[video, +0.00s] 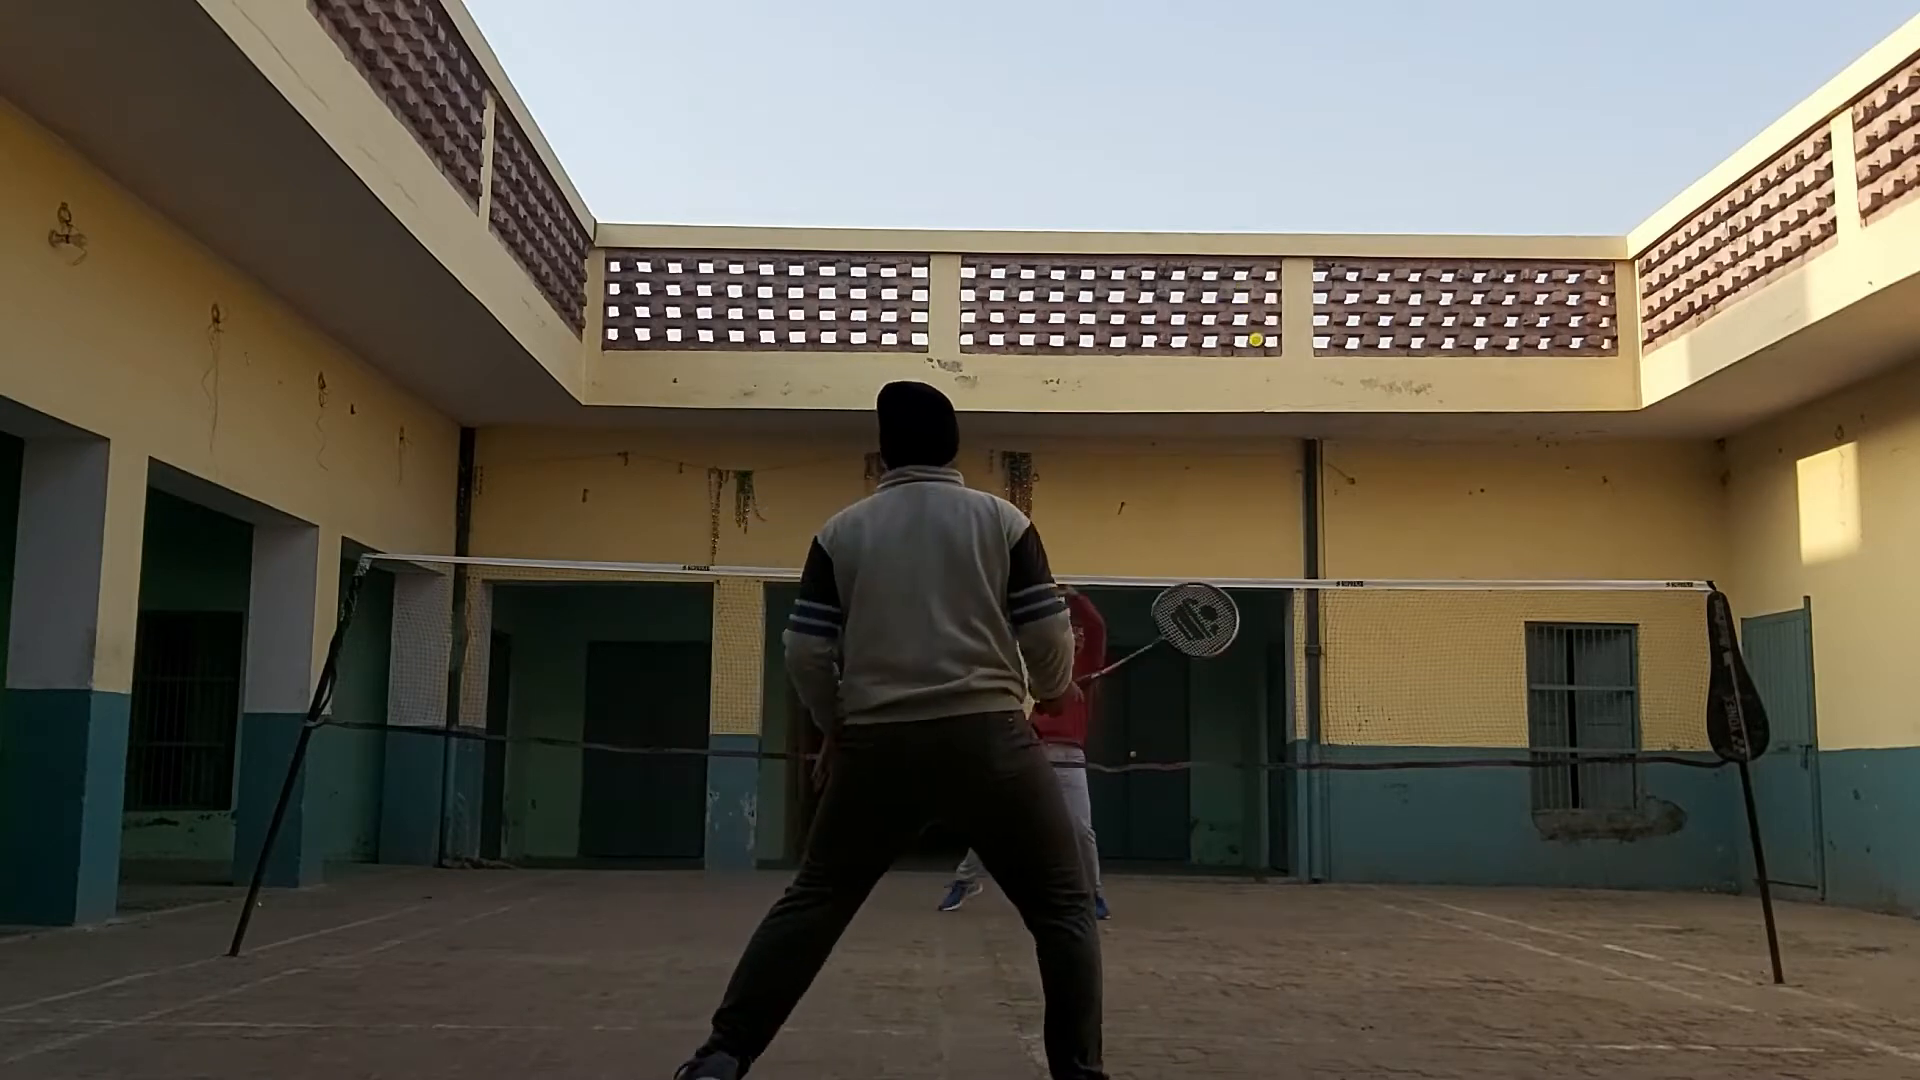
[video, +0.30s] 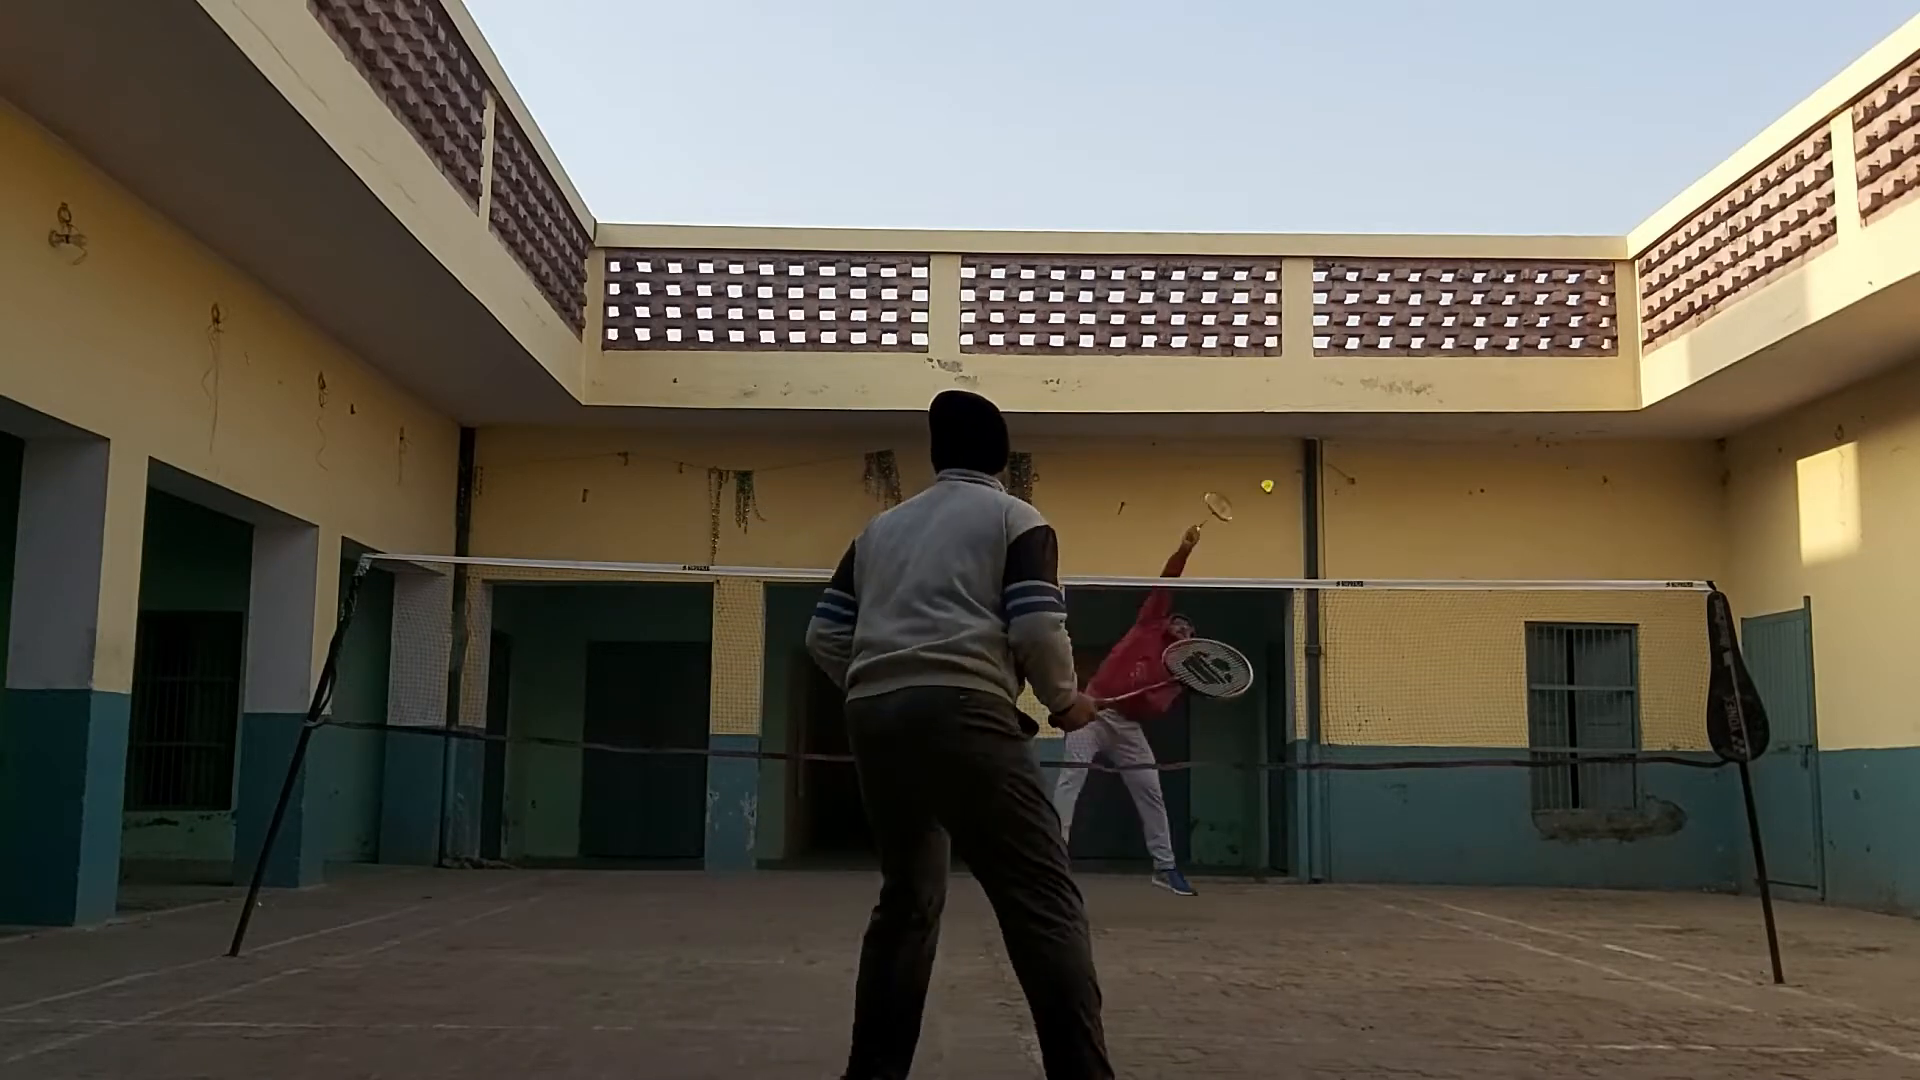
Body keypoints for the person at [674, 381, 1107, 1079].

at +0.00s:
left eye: (881, 446)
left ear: (880, 451)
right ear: (954, 447)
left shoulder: (841, 532)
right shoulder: (1002, 521)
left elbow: (806, 650)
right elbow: (1048, 635)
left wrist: (839, 722)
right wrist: (1048, 690)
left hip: (876, 751)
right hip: (992, 746)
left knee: (814, 902)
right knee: (1063, 910)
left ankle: (724, 1055)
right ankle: (1080, 1067)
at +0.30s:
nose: (1006, 466)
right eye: (1005, 456)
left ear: (934, 457)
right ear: (1001, 456)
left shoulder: (878, 528)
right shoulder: (1017, 519)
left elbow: (825, 634)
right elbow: (1036, 628)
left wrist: (878, 690)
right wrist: (1066, 698)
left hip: (876, 719)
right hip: (970, 713)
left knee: (908, 898)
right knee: (1043, 899)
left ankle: (873, 1071)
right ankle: (1083, 1070)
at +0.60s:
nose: (1033, 480)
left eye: (1032, 463)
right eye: (1030, 464)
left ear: (960, 463)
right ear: (1012, 466)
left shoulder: (916, 535)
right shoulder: (984, 533)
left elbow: (876, 618)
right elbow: (1051, 628)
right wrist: (1155, 556)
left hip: (888, 760)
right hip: (975, 762)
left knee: (934, 910)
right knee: (1105, 923)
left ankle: (875, 1072)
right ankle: (1088, 1076)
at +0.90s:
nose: (966, 363)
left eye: (961, 355)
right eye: (962, 354)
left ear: (877, 370)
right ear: (953, 358)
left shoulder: (860, 474)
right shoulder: (983, 421)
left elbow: (933, 545)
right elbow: (1093, 483)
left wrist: (1021, 465)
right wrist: (1061, 445)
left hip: (938, 705)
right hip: (1041, 697)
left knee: (943, 886)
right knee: (1082, 919)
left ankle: (846, 1017)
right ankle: (1078, 1068)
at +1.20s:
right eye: (939, 359)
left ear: (858, 377)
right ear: (940, 367)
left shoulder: (810, 484)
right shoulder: (991, 441)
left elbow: (771, 623)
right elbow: (1043, 554)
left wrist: (863, 656)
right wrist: (1101, 674)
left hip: (872, 725)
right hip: (995, 714)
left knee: (905, 940)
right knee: (1043, 935)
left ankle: (885, 1076)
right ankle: (1067, 1077)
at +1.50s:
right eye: (909, 341)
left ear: (833, 359)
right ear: (916, 354)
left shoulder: (778, 452)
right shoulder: (967, 431)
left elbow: (688, 586)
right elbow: (1015, 554)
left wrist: (712, 642)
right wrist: (1041, 687)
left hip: (819, 694)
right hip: (945, 692)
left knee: (858, 921)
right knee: (950, 908)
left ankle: (872, 1072)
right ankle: (918, 1067)